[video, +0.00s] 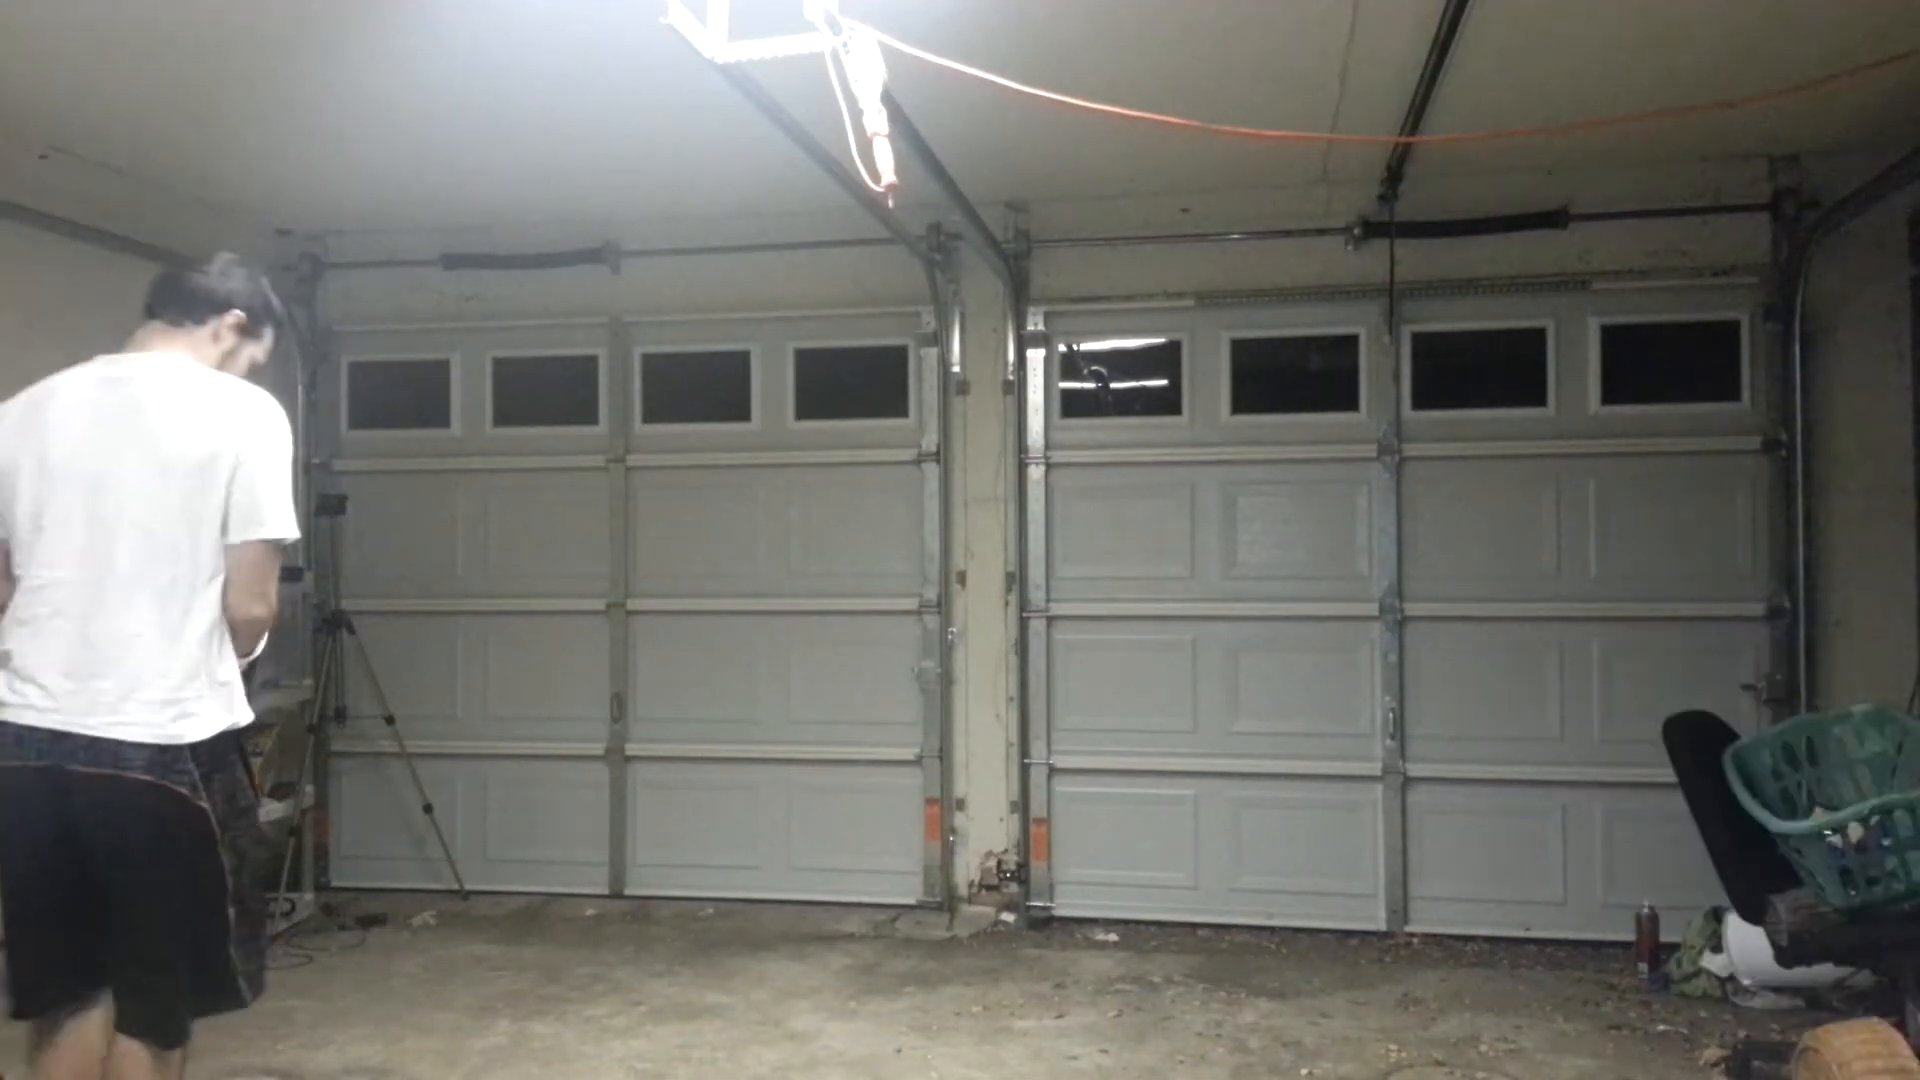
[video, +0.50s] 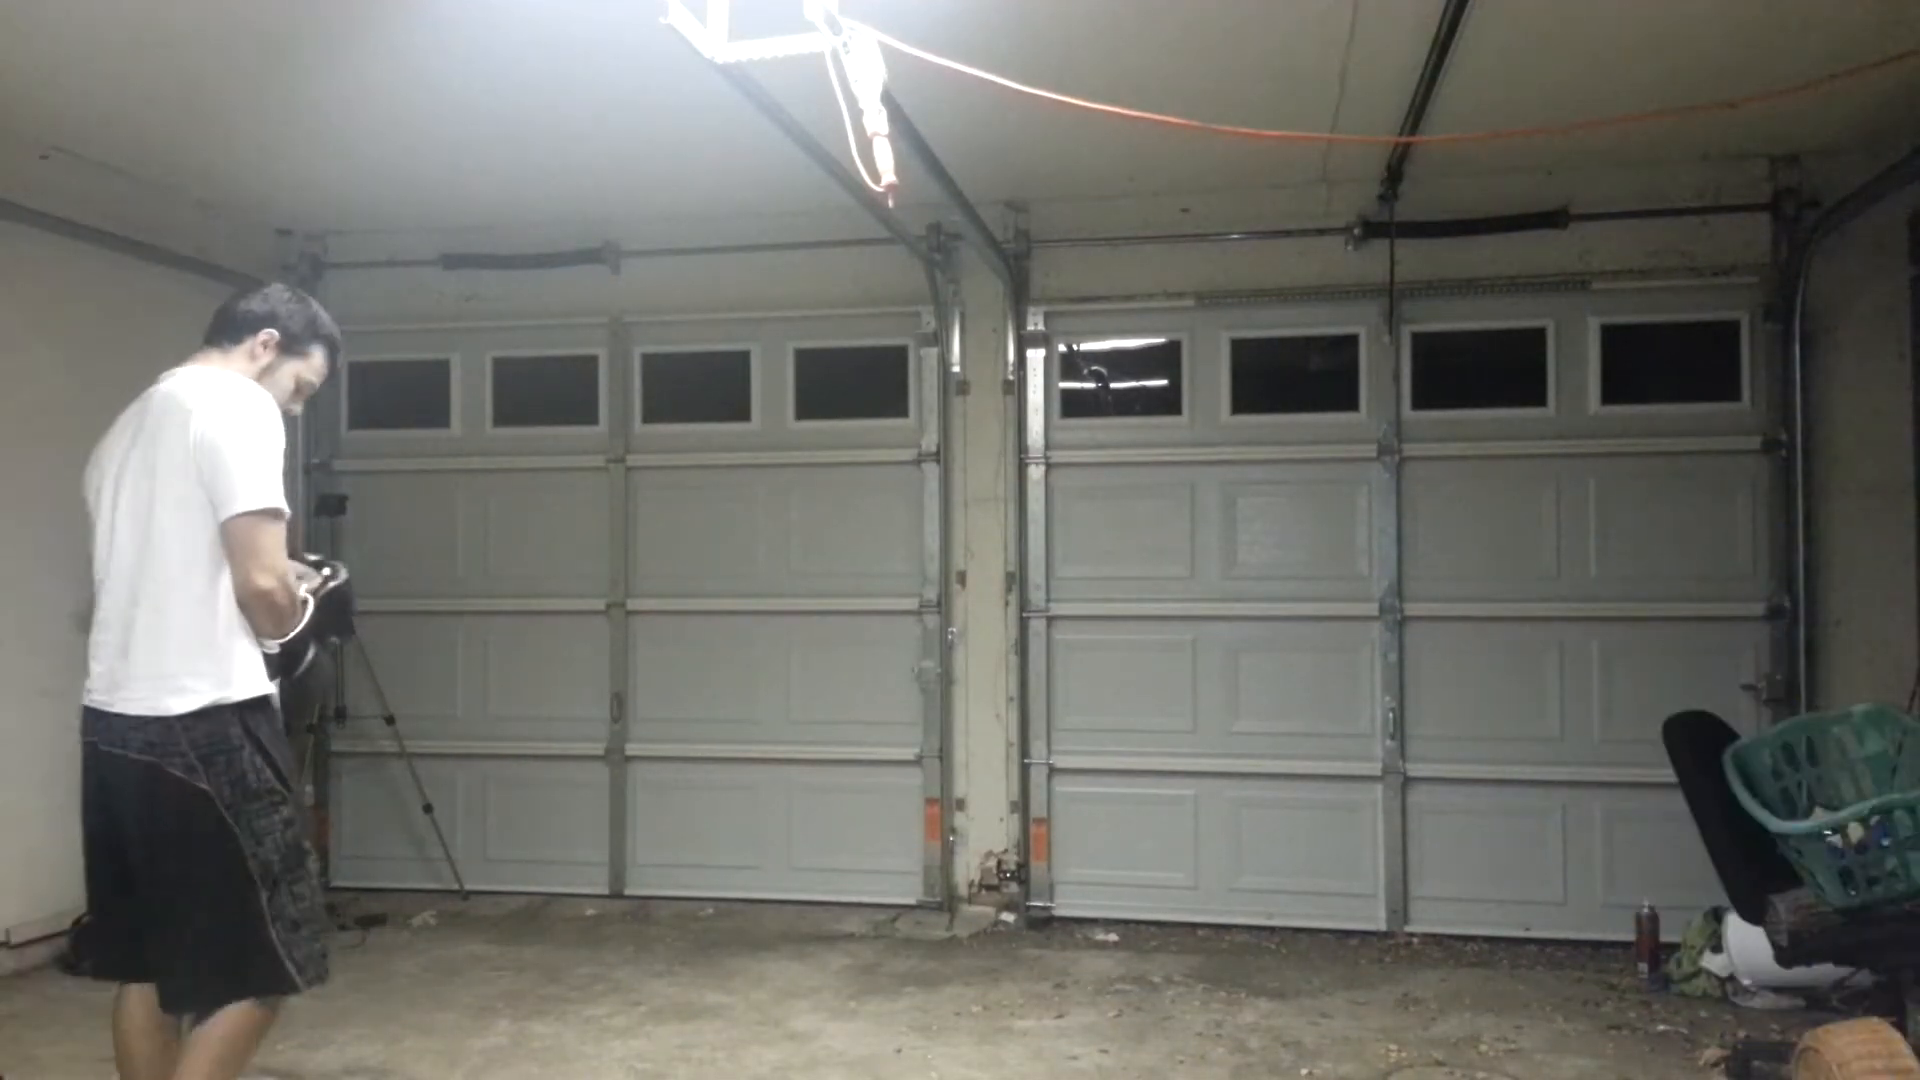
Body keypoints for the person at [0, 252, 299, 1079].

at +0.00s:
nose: (246, 379)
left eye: (256, 366)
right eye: (254, 362)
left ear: (157, 316)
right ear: (231, 329)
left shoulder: (27, 408)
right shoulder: (245, 415)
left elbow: (8, 579)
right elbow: (251, 607)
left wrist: (69, 656)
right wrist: (206, 683)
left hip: (26, 756)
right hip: (163, 762)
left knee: (67, 1008)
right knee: (154, 1025)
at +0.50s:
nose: (294, 408)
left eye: (306, 394)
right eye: (300, 387)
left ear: (232, 342)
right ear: (265, 344)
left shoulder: (120, 430)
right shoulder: (236, 403)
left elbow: (128, 574)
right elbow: (264, 584)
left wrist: (272, 578)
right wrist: (291, 624)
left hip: (115, 726)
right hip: (204, 728)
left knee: (143, 965)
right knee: (269, 965)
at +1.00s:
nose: (405, 421)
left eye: (417, 410)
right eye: (406, 398)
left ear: (356, 358)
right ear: (362, 353)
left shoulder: (286, 415)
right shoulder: (310, 424)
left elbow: (311, 590)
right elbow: (335, 598)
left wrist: (406, 564)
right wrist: (425, 667)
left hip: (253, 727)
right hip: (298, 732)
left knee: (233, 962)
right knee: (324, 972)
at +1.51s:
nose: (524, 425)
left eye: (535, 413)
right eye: (526, 404)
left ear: (477, 362)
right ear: (481, 359)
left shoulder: (436, 422)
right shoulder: (410, 415)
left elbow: (429, 580)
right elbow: (437, 594)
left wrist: (512, 561)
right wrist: (523, 648)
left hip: (434, 729)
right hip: (378, 734)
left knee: (482, 952)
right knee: (367, 990)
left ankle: (498, 1070)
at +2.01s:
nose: (620, 407)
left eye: (632, 394)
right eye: (614, 384)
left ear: (635, 384)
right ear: (569, 347)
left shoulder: (610, 442)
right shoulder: (489, 405)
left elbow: (653, 551)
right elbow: (523, 546)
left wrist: (644, 589)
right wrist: (599, 605)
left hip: (584, 706)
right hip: (491, 701)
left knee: (575, 940)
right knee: (505, 933)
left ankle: (561, 1078)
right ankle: (450, 1070)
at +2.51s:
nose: (599, 346)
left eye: (611, 327)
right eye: (579, 325)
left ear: (625, 327)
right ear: (527, 322)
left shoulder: (642, 428)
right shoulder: (471, 428)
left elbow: (686, 555)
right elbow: (470, 597)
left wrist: (674, 625)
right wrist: (606, 644)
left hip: (633, 736)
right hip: (519, 742)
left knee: (622, 964)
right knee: (536, 985)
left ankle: (576, 1078)